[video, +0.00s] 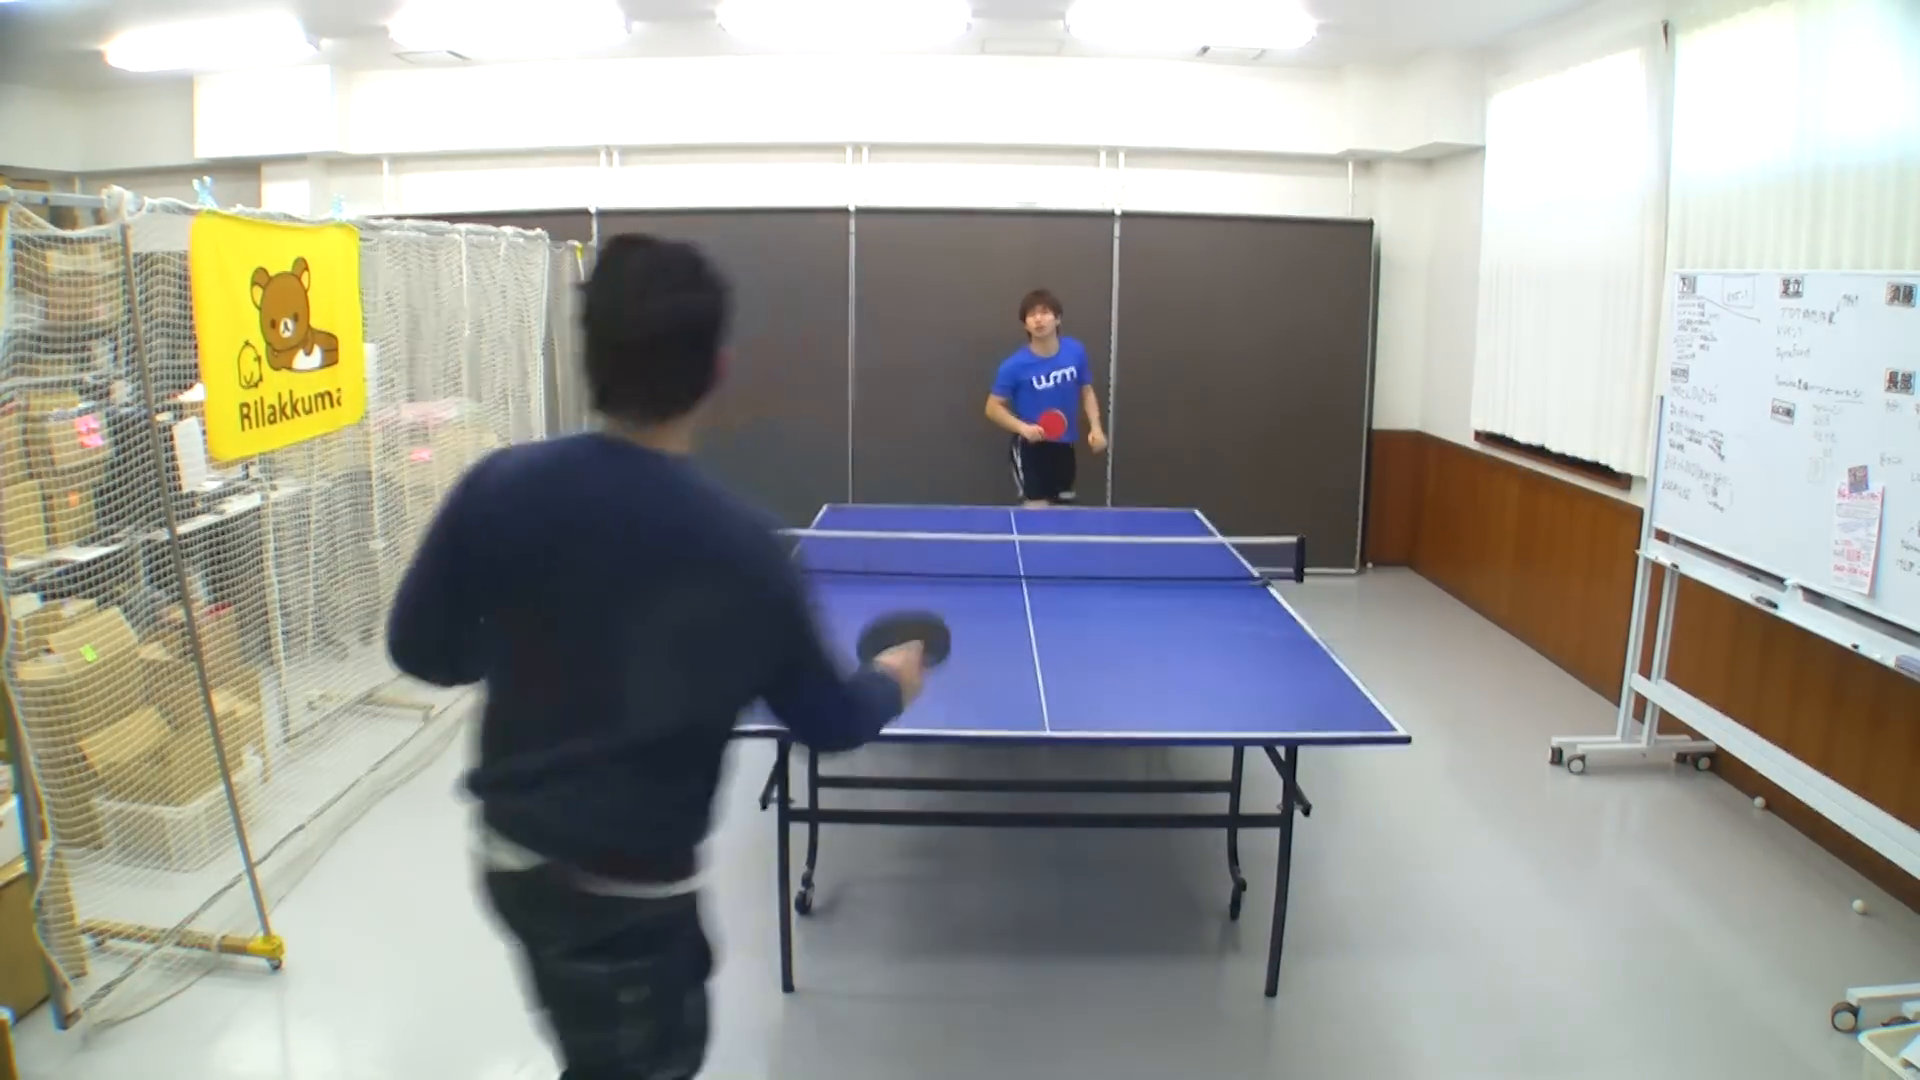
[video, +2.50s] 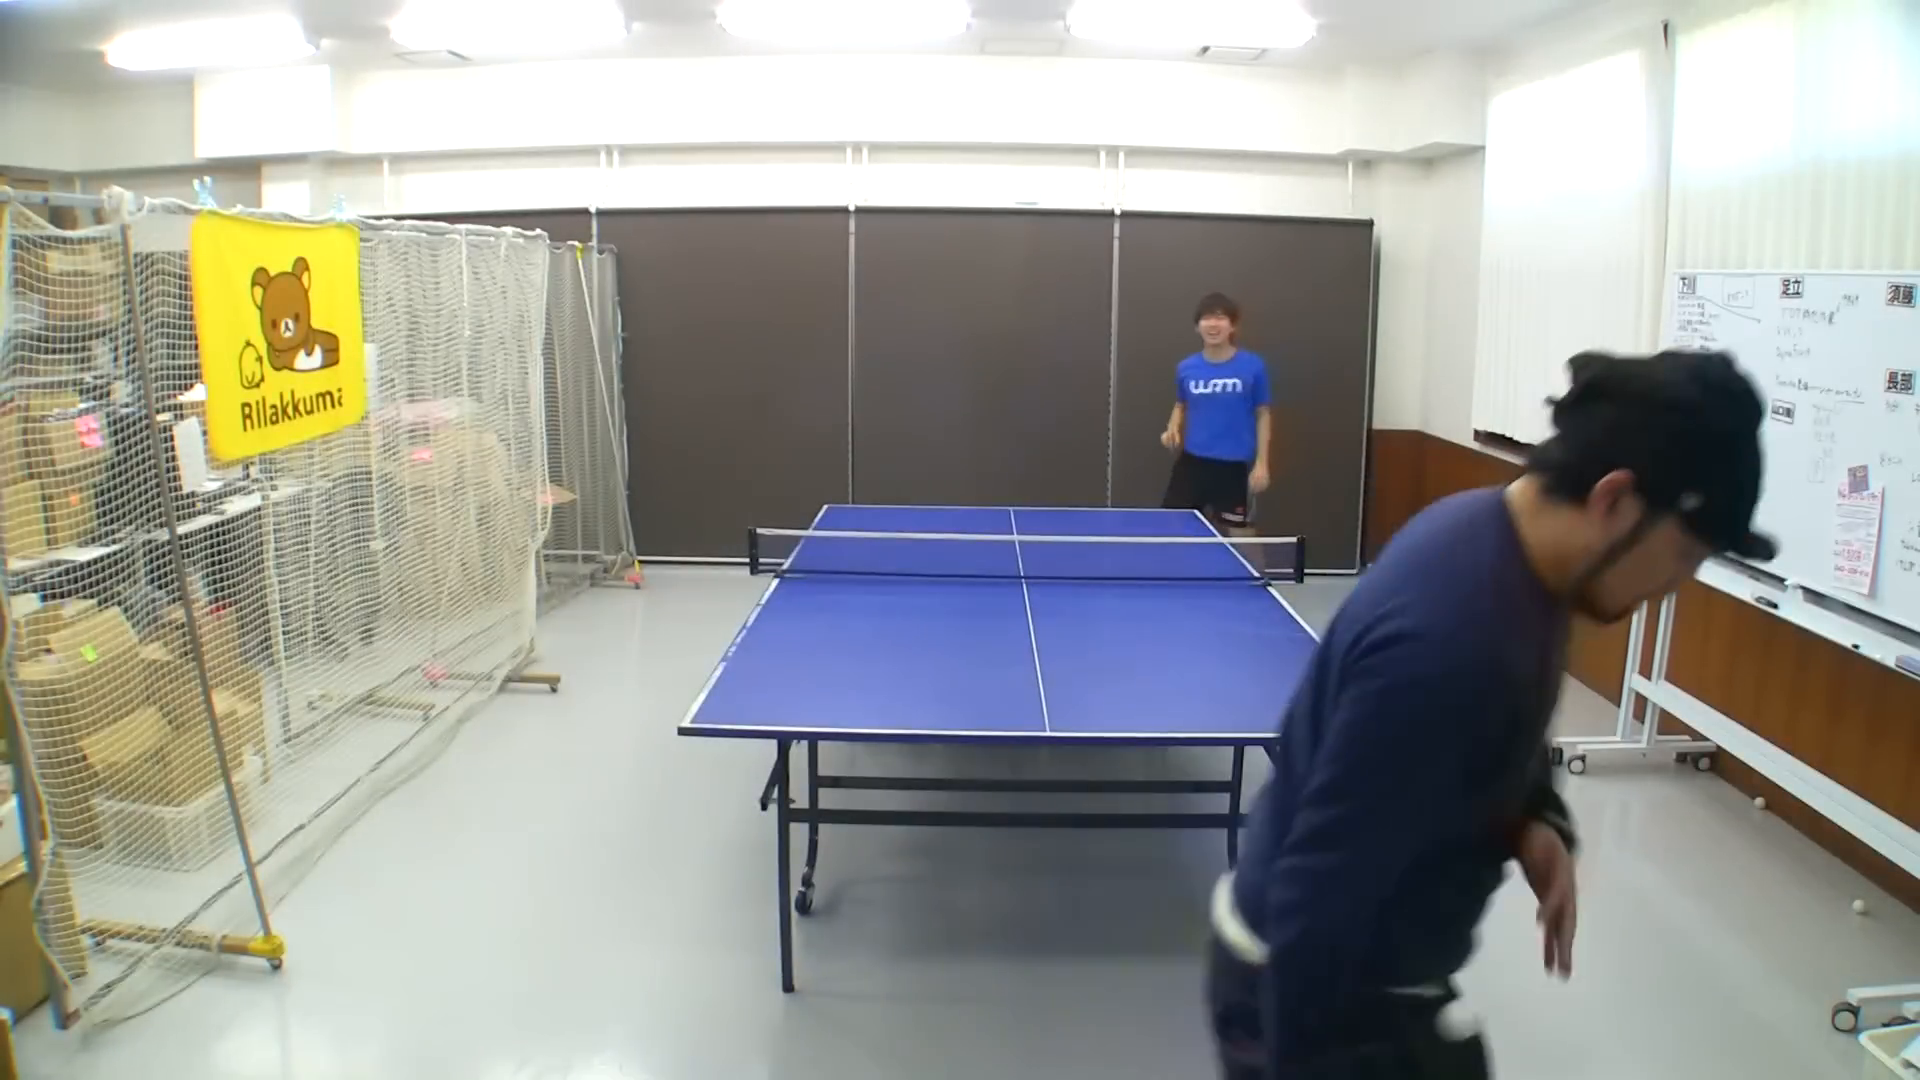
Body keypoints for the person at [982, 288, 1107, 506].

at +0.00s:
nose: (1039, 319)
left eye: (1045, 313)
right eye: (1032, 314)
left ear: (1057, 319)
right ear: (1025, 324)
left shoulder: (1075, 352)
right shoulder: (1013, 366)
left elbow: (1087, 390)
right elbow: (992, 407)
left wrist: (1095, 427)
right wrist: (1023, 428)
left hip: (1064, 444)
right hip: (1030, 445)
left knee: (1062, 512)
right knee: (1037, 511)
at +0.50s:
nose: (1131, 333)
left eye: (1138, 327)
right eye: (1125, 327)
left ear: (1149, 334)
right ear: (1118, 333)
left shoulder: (1171, 362)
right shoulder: (1109, 370)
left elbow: (1199, 395)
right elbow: (1093, 403)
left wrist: (1173, 414)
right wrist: (1088, 419)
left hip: (1167, 449)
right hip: (1130, 449)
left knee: (1178, 519)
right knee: (1106, 514)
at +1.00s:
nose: (1260, 350)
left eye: (1265, 344)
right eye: (1253, 344)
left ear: (1273, 349)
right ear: (1241, 351)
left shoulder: (1285, 379)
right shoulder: (1227, 387)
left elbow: (1308, 410)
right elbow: (1217, 431)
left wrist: (1305, 413)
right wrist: (1253, 430)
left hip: (1271, 469)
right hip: (1233, 469)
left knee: (1301, 525)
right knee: (1193, 520)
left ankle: (1302, 579)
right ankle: (1168, 579)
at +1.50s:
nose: (1433, 374)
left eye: (1440, 370)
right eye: (1427, 367)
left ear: (1444, 375)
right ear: (1413, 370)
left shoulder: (1422, 404)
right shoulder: (1403, 401)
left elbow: (1401, 448)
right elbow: (1401, 451)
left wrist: (1407, 478)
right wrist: (1446, 461)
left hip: (1387, 480)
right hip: (1360, 476)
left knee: (1430, 528)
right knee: (1342, 557)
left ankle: (1421, 595)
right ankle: (1274, 565)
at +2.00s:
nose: (1341, 335)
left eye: (1347, 329)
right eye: (1334, 328)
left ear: (1356, 336)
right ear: (1322, 335)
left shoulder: (1358, 370)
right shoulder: (1308, 374)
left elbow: (1357, 414)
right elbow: (1295, 421)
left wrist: (1364, 445)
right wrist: (1338, 430)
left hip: (1342, 463)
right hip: (1307, 464)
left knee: (1365, 533)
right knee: (1312, 544)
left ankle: (1382, 593)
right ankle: (1278, 600)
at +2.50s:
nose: (1212, 324)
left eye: (1220, 317)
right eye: (1206, 318)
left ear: (1233, 325)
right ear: (1197, 325)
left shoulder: (1252, 366)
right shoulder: (1186, 368)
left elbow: (1263, 413)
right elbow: (1180, 403)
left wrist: (1261, 463)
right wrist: (1173, 427)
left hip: (1233, 466)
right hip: (1192, 462)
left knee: (1236, 538)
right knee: (1172, 526)